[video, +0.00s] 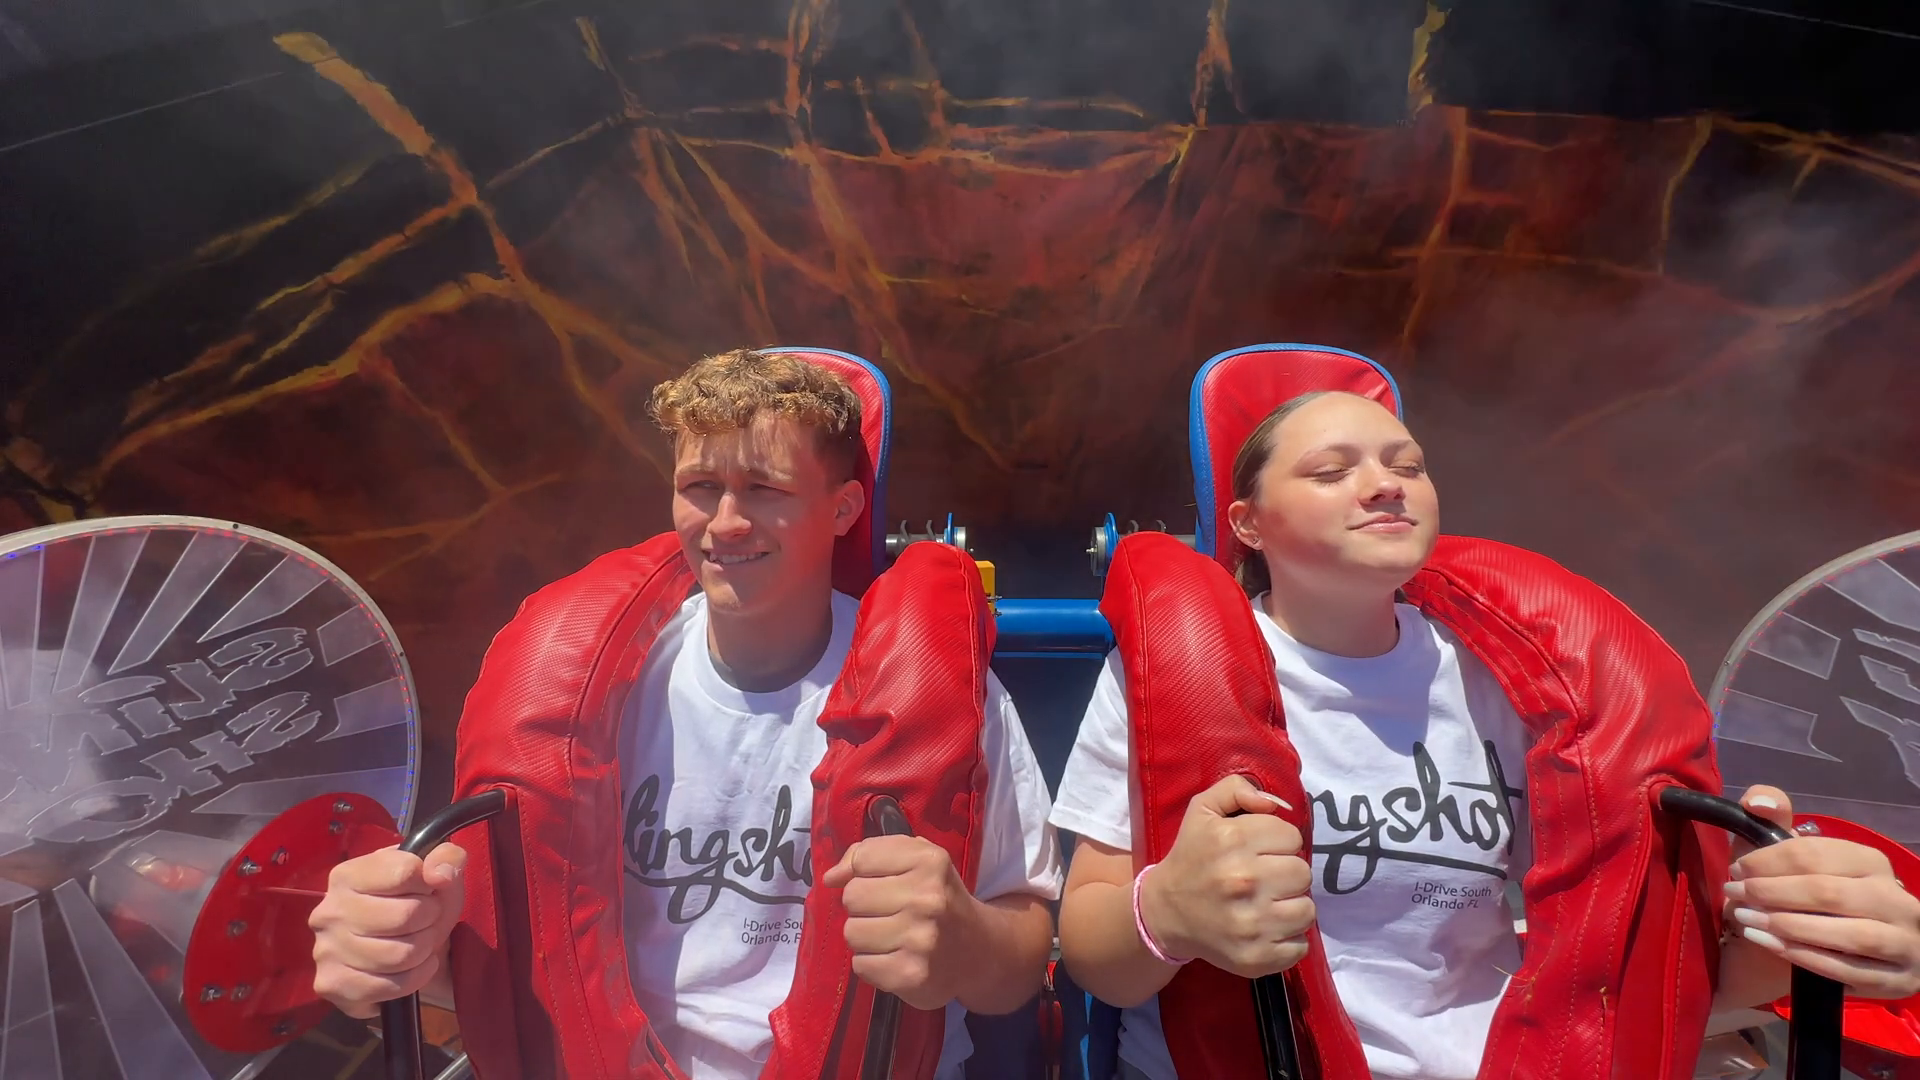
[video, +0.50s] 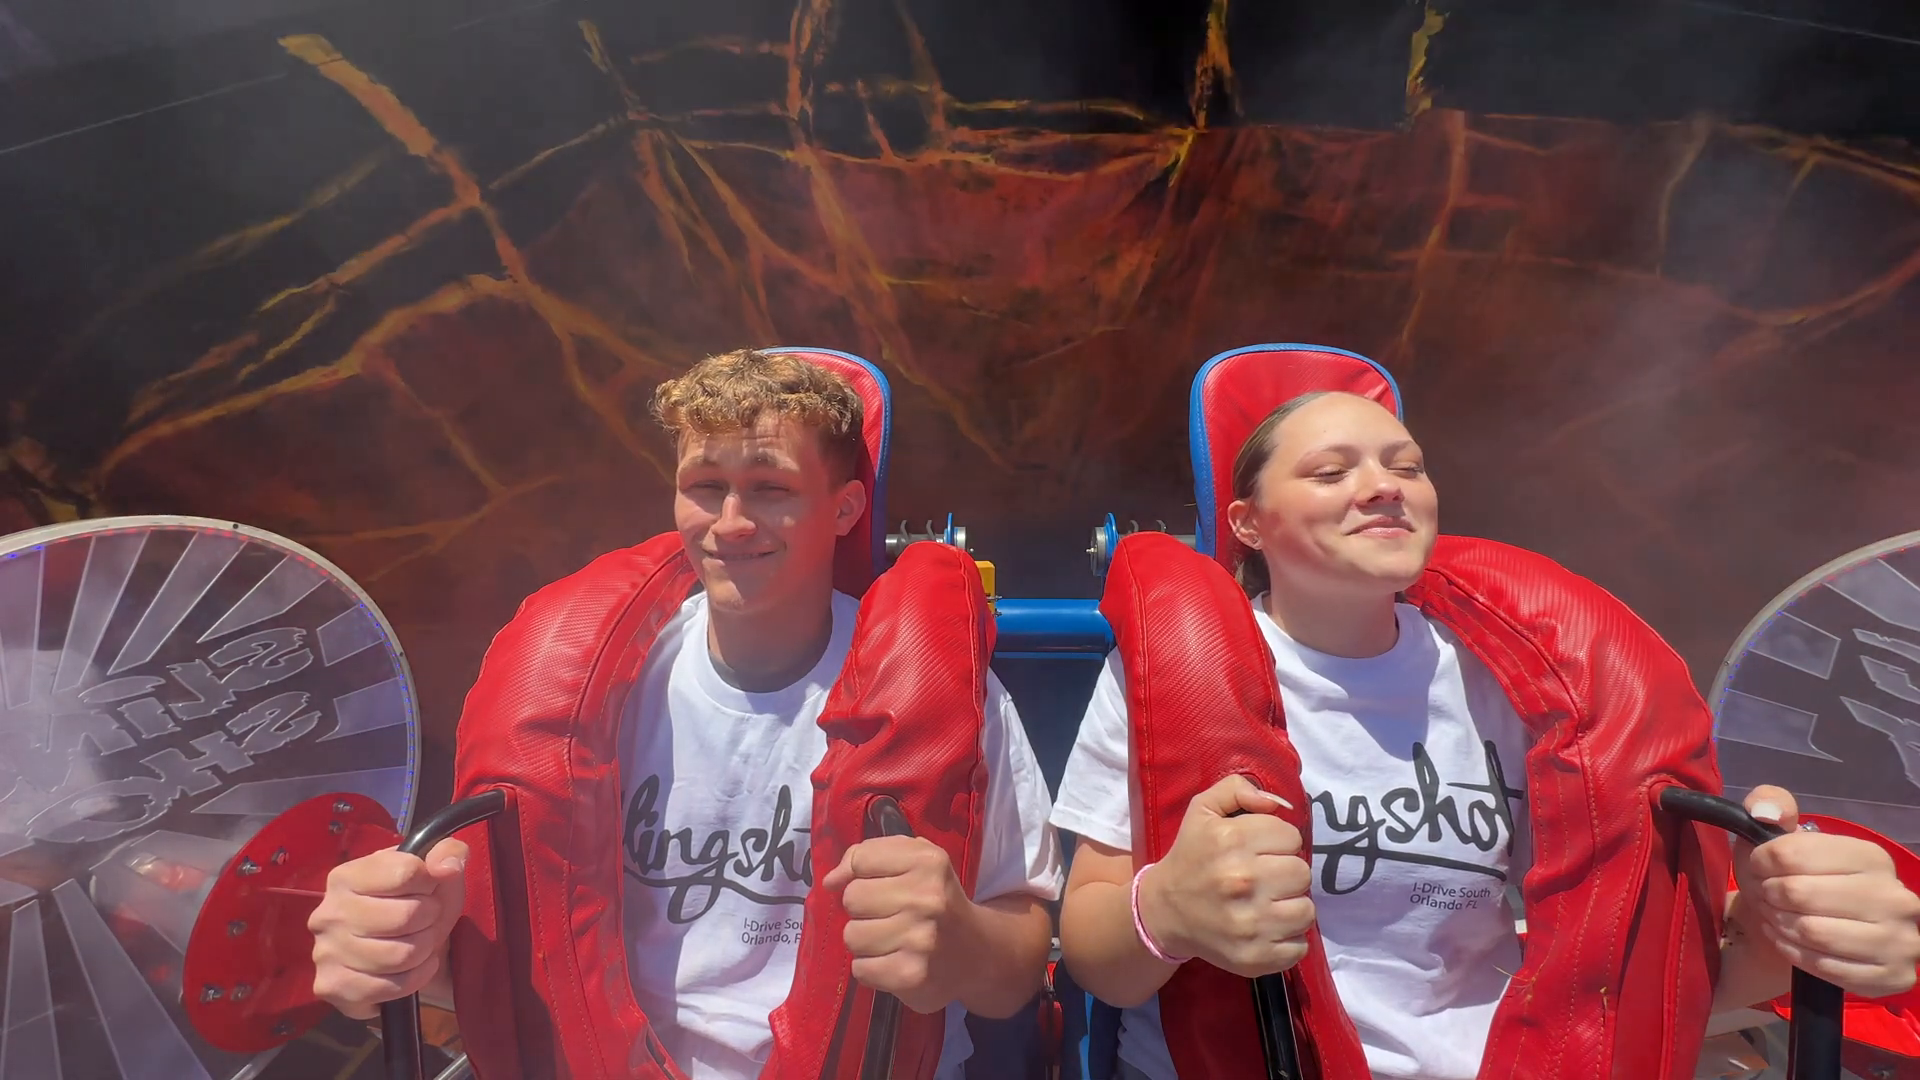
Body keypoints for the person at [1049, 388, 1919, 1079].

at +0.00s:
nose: (1384, 481)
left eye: (1401, 457)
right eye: (1330, 468)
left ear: (1434, 488)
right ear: (1246, 523)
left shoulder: (1520, 664)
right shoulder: (1175, 664)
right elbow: (1089, 954)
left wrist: (1717, 857)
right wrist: (1162, 911)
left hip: (1508, 1065)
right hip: (1294, 1065)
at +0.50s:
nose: (1381, 487)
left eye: (1400, 460)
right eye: (1329, 470)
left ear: (1432, 486)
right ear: (1246, 521)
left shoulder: (1532, 664)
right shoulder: (1173, 663)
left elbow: (1651, 924)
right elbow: (1089, 957)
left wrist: (1756, 899)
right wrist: (1162, 910)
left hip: (1507, 1068)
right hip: (1287, 1066)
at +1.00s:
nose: (1373, 491)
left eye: (1393, 463)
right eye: (1321, 473)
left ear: (1427, 490)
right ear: (1242, 525)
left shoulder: (1533, 655)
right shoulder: (1171, 663)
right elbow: (1087, 957)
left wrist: (1754, 897)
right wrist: (1160, 913)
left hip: (1515, 1055)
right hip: (1289, 1057)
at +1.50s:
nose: (1374, 486)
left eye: (1394, 459)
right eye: (1321, 470)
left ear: (1428, 488)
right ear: (1241, 523)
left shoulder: (1533, 659)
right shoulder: (1171, 661)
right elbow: (1088, 956)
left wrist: (1758, 903)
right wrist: (1159, 913)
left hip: (1510, 1058)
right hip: (1285, 1059)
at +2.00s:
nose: (1379, 468)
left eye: (1395, 445)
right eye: (1325, 455)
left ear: (1431, 480)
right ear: (1244, 518)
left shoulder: (1530, 662)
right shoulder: (1173, 663)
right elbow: (1088, 953)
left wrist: (1767, 904)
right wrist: (1158, 914)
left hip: (1506, 1067)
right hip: (1281, 1066)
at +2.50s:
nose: (1384, 467)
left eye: (1399, 444)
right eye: (1329, 453)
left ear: (1433, 482)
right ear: (1245, 515)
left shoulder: (1531, 665)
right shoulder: (1174, 662)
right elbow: (1088, 953)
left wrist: (1770, 918)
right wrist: (1158, 914)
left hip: (1506, 1067)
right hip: (1283, 1065)